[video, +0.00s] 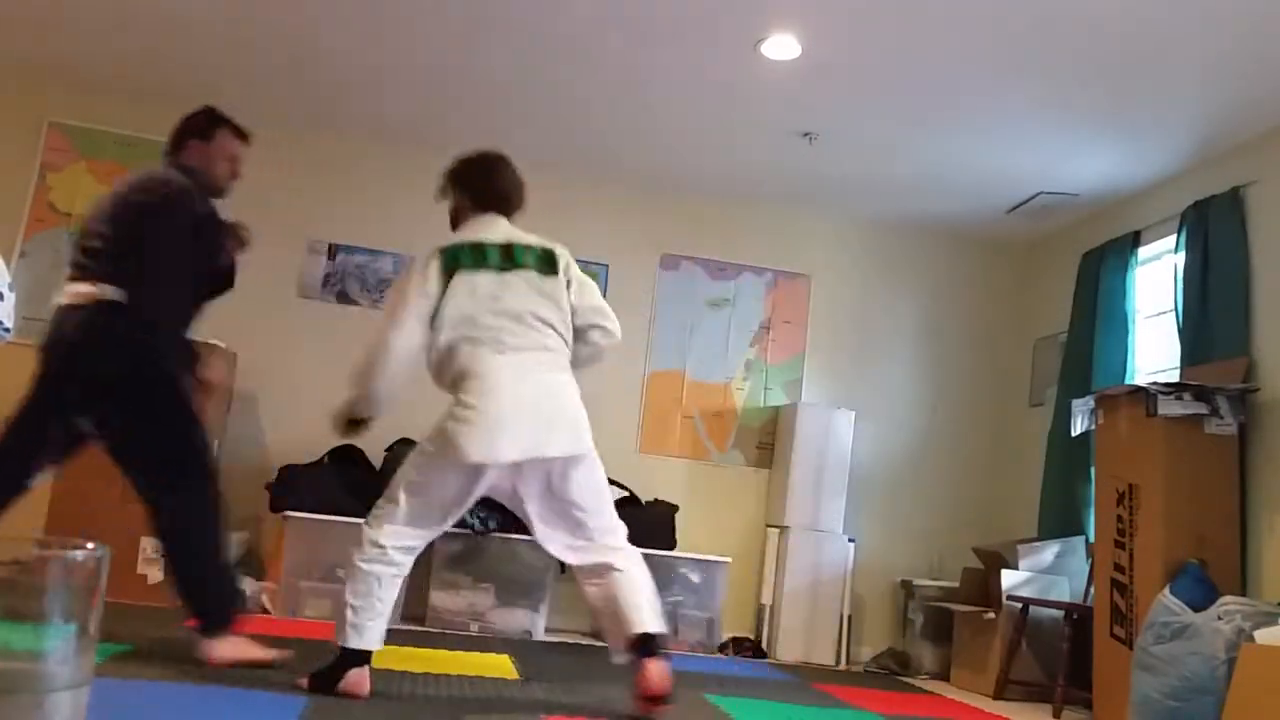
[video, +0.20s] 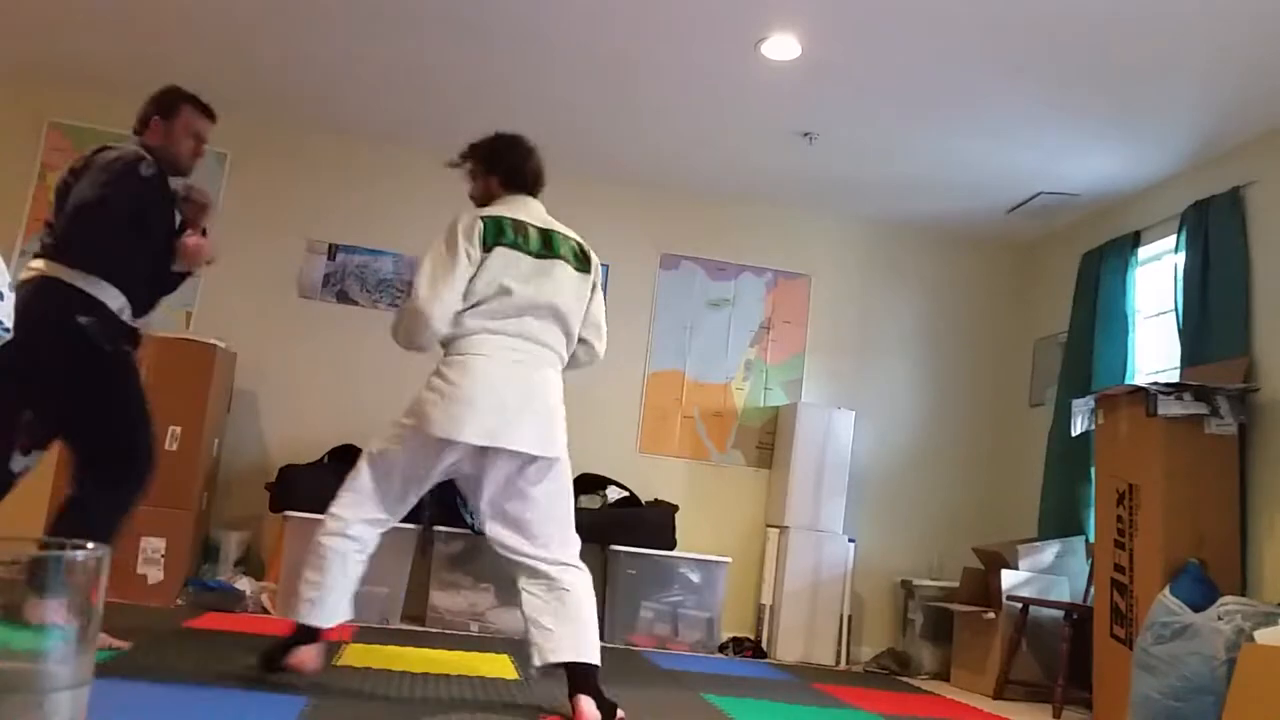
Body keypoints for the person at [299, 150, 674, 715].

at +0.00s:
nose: (448, 210)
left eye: (450, 201)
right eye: (449, 202)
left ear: (459, 203)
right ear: (515, 203)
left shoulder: (439, 261)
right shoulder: (557, 258)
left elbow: (398, 345)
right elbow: (603, 330)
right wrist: (550, 366)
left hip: (480, 421)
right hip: (560, 424)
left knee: (391, 532)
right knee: (603, 541)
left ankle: (353, 659)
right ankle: (649, 643)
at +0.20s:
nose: (469, 191)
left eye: (473, 180)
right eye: (469, 181)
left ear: (492, 180)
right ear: (534, 183)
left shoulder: (475, 225)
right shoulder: (582, 252)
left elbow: (427, 319)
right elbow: (591, 347)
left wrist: (406, 328)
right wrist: (536, 354)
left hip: (461, 401)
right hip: (539, 418)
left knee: (362, 506)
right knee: (554, 555)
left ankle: (311, 634)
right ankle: (587, 692)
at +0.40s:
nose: (454, 196)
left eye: (457, 187)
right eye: (456, 187)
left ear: (470, 188)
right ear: (522, 195)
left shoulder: (441, 236)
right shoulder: (549, 269)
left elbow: (365, 311)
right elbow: (549, 365)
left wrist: (355, 284)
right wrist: (495, 363)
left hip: (417, 418)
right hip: (499, 430)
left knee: (323, 526)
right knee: (538, 562)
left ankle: (263, 659)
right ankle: (584, 693)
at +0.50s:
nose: (425, 178)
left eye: (429, 169)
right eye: (428, 168)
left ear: (441, 171)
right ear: (489, 180)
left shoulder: (408, 215)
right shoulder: (515, 252)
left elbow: (330, 287)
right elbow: (514, 348)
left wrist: (316, 257)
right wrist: (458, 341)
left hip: (379, 396)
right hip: (459, 410)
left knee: (303, 520)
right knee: (489, 537)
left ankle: (260, 656)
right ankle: (534, 670)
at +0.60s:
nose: (393, 170)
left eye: (397, 161)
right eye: (395, 161)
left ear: (413, 163)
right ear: (463, 173)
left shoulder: (380, 204)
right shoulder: (490, 241)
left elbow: (296, 279)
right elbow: (489, 340)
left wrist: (341, 259)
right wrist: (430, 347)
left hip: (343, 379)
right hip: (423, 396)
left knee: (261, 492)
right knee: (449, 516)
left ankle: (234, 614)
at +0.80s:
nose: (337, 180)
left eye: (343, 172)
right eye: (342, 170)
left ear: (353, 177)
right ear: (404, 194)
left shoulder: (310, 217)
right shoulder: (421, 264)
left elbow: (227, 273)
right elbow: (446, 357)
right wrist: (380, 384)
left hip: (264, 394)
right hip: (349, 415)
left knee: (165, 498)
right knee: (360, 540)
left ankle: (137, 630)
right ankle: (401, 634)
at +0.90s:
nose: (290, 174)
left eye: (297, 165)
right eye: (296, 165)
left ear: (311, 171)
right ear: (356, 190)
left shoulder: (281, 203)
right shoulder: (361, 264)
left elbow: (194, 240)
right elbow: (380, 351)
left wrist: (155, 219)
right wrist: (312, 359)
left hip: (239, 393)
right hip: (311, 412)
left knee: (139, 502)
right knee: (301, 536)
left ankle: (135, 635)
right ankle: (391, 625)